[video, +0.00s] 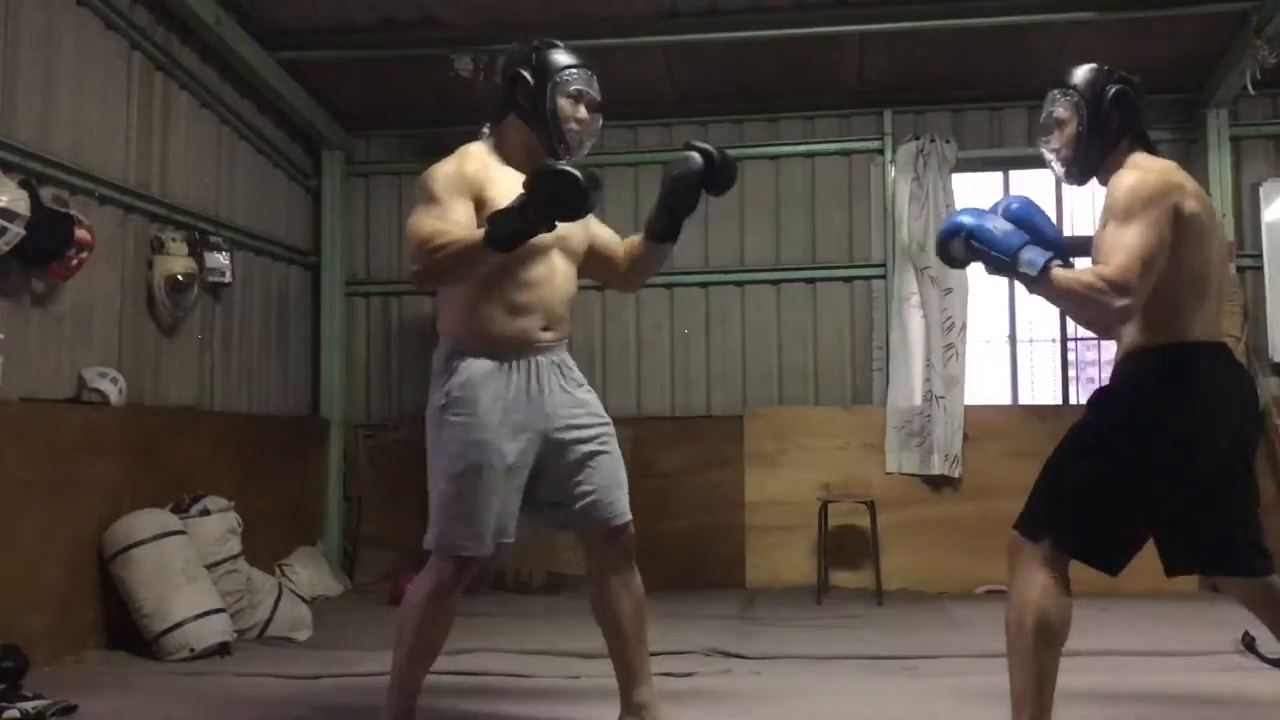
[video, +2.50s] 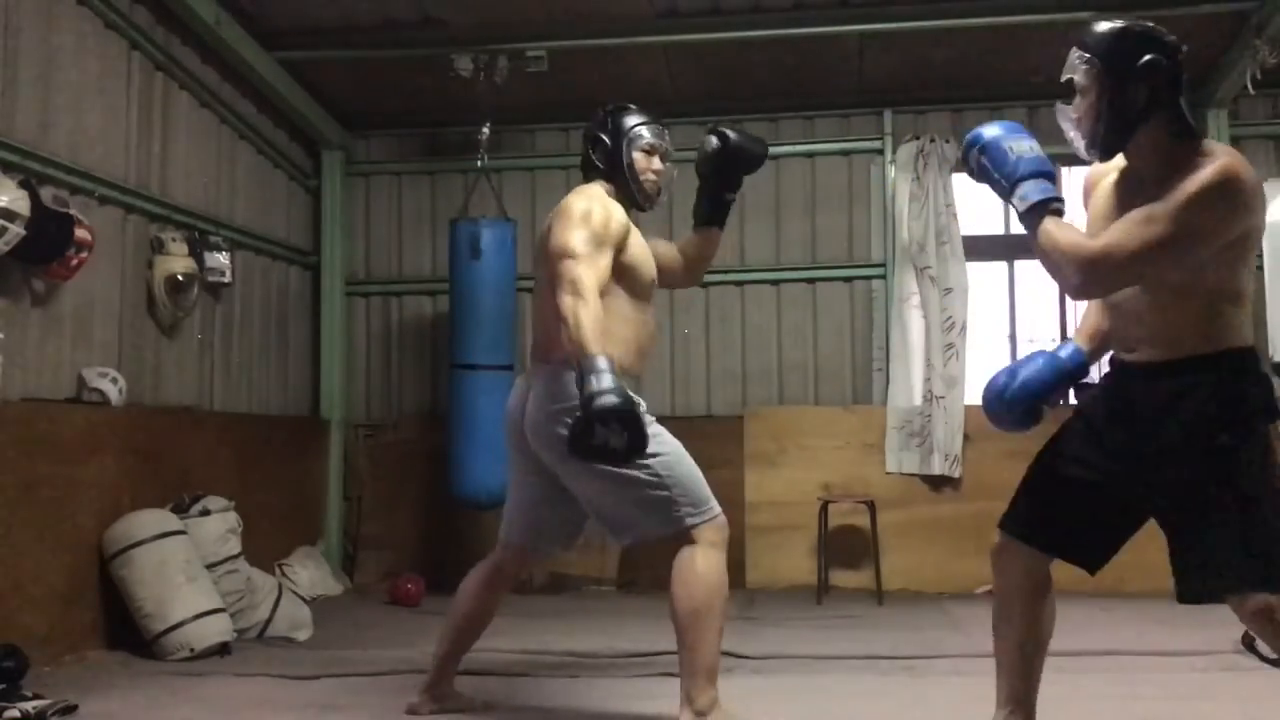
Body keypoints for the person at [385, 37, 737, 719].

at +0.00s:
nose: (590, 117)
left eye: (594, 105)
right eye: (577, 100)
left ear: (588, 115)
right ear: (528, 99)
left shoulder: (566, 202)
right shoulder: (462, 170)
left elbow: (629, 267)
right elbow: (424, 263)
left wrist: (673, 206)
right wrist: (512, 226)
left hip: (559, 374)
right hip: (478, 378)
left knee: (614, 536)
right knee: (457, 559)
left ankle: (640, 704)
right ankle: (400, 706)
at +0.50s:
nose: (599, 122)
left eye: (604, 110)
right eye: (586, 105)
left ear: (600, 119)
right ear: (539, 103)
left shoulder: (574, 202)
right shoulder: (474, 173)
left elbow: (636, 274)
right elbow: (436, 268)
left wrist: (678, 215)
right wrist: (527, 230)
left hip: (569, 385)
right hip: (490, 390)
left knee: (631, 533)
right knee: (460, 564)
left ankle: (641, 703)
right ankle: (401, 708)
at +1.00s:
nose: (560, 134)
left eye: (565, 122)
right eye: (548, 119)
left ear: (564, 130)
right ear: (502, 114)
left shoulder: (572, 200)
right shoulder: (447, 188)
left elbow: (624, 291)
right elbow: (439, 251)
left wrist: (663, 370)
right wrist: (541, 201)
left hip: (625, 318)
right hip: (566, 387)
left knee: (765, 263)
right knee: (592, 555)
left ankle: (929, 261)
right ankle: (567, 711)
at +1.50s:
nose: (583, 147)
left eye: (588, 137)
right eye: (569, 132)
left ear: (589, 150)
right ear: (529, 138)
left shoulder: (581, 220)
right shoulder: (486, 212)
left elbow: (628, 302)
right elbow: (474, 315)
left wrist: (639, 266)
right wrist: (562, 282)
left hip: (566, 398)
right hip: (513, 399)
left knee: (537, 551)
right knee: (579, 533)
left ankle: (469, 676)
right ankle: (562, 707)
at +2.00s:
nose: (704, 164)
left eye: (701, 153)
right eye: (691, 152)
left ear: (644, 159)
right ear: (657, 155)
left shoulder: (623, 214)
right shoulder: (646, 195)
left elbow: (601, 305)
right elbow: (736, 198)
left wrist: (668, 344)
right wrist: (847, 182)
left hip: (534, 390)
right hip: (571, 402)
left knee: (513, 547)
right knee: (675, 536)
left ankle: (459, 677)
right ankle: (706, 706)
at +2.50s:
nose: (661, 166)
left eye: (664, 156)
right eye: (650, 152)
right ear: (614, 152)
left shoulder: (611, 223)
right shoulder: (592, 205)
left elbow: (686, 265)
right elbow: (573, 291)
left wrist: (716, 192)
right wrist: (601, 385)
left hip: (544, 399)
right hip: (586, 399)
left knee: (512, 557)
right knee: (706, 528)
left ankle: (435, 687)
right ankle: (702, 700)